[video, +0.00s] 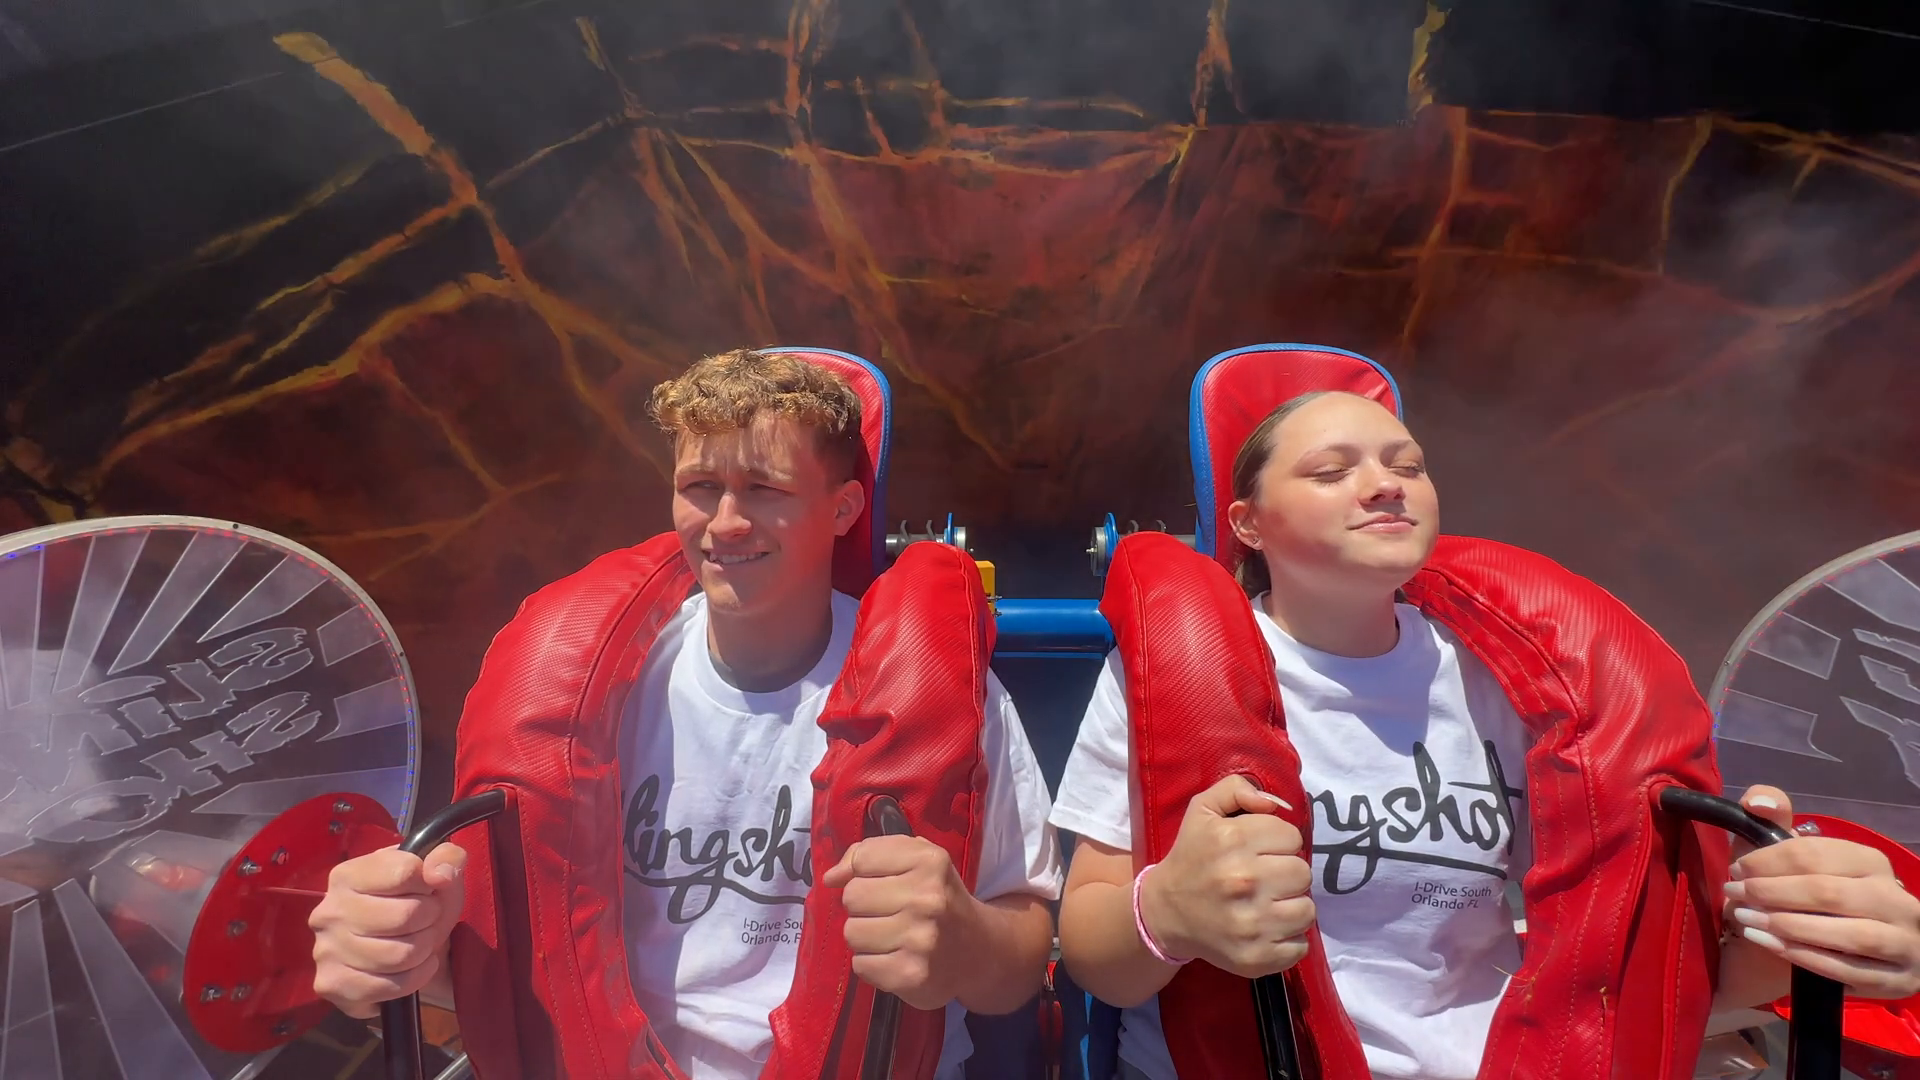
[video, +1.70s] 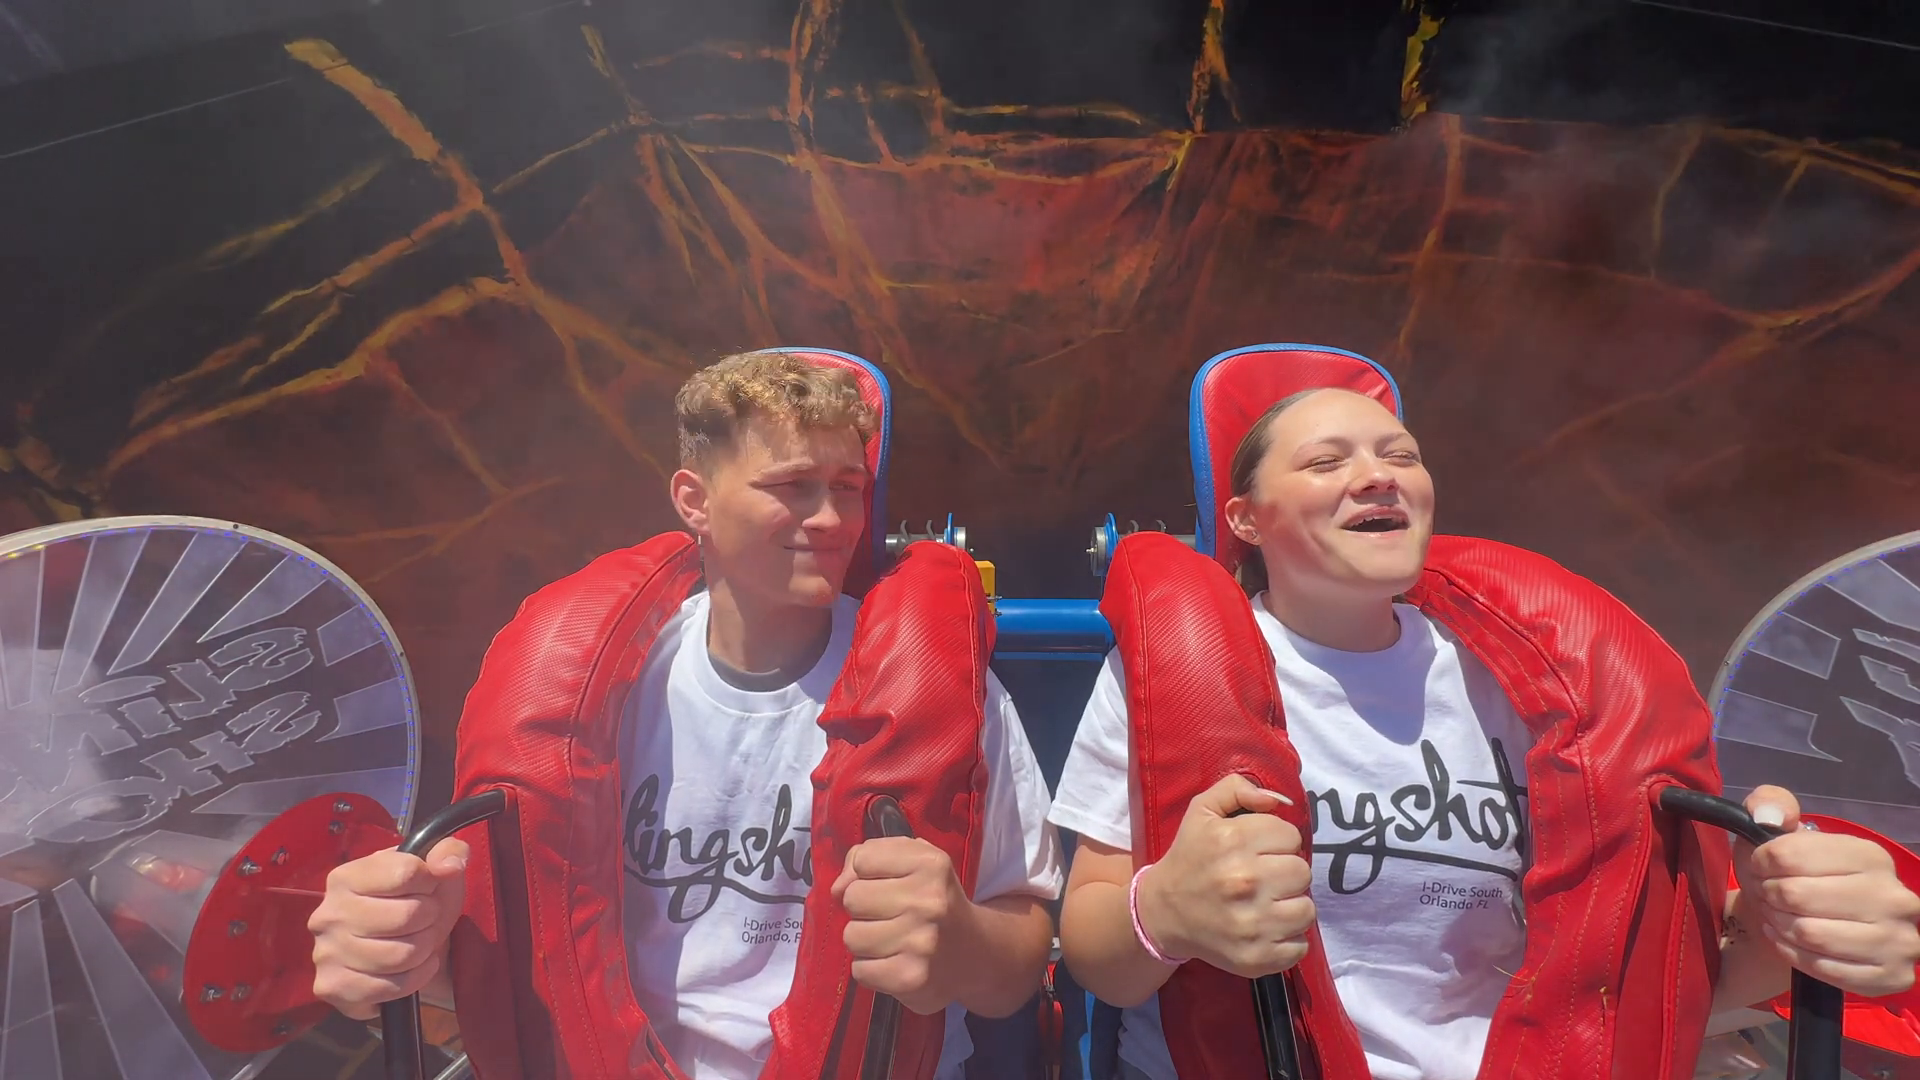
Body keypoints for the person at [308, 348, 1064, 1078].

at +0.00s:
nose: (725, 523)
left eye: (764, 491)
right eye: (702, 489)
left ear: (845, 506)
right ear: (673, 491)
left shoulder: (934, 688)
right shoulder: (582, 673)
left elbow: (1027, 957)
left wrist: (969, 946)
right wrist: (415, 944)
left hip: (837, 1064)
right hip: (616, 1059)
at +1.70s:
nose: (831, 522)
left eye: (850, 492)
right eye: (789, 487)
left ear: (873, 504)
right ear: (693, 499)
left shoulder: (937, 685)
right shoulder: (583, 671)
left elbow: (1024, 952)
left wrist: (965, 950)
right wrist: (411, 941)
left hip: (840, 1063)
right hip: (614, 1059)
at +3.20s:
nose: (737, 495)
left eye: (778, 465)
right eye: (710, 463)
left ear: (845, 500)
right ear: (674, 488)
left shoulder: (937, 688)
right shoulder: (582, 674)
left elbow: (1025, 960)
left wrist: (965, 949)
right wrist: (411, 947)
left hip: (841, 1063)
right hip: (617, 1058)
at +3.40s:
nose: (724, 463)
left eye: (770, 445)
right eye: (701, 443)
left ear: (841, 502)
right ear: (666, 490)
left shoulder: (938, 688)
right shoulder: (577, 678)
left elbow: (1025, 959)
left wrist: (964, 949)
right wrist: (411, 948)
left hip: (844, 1063)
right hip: (618, 1059)